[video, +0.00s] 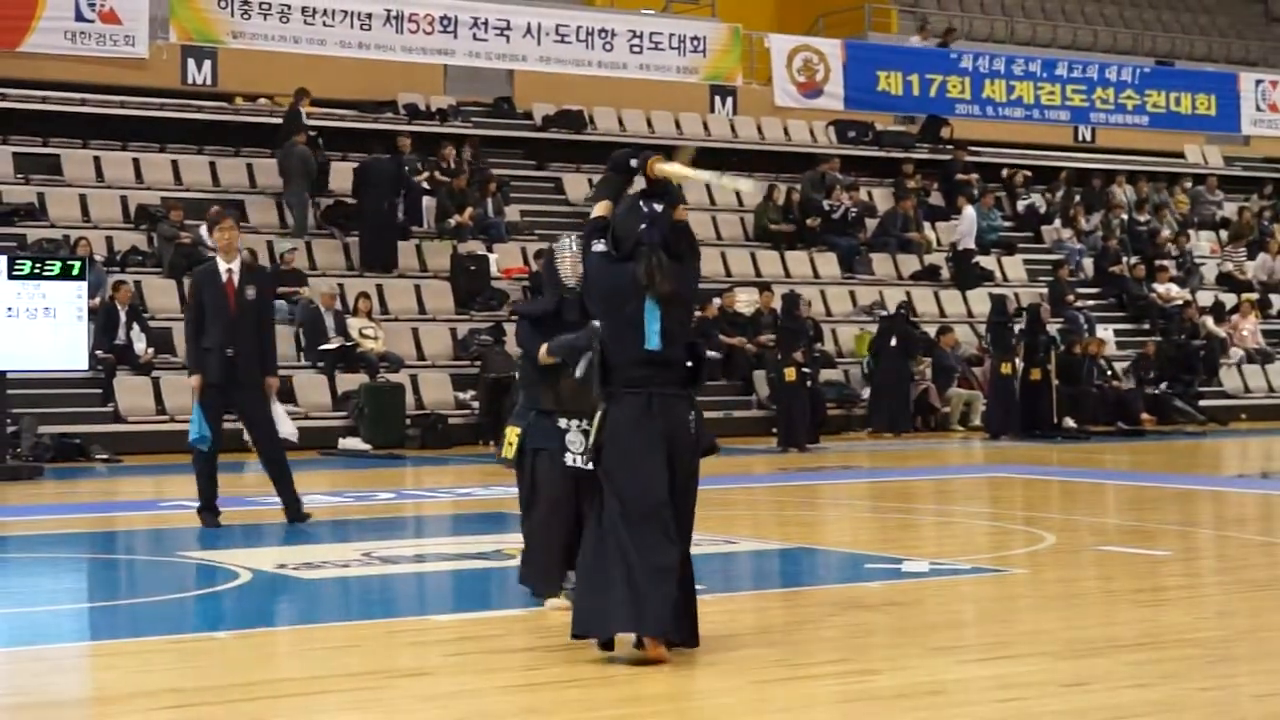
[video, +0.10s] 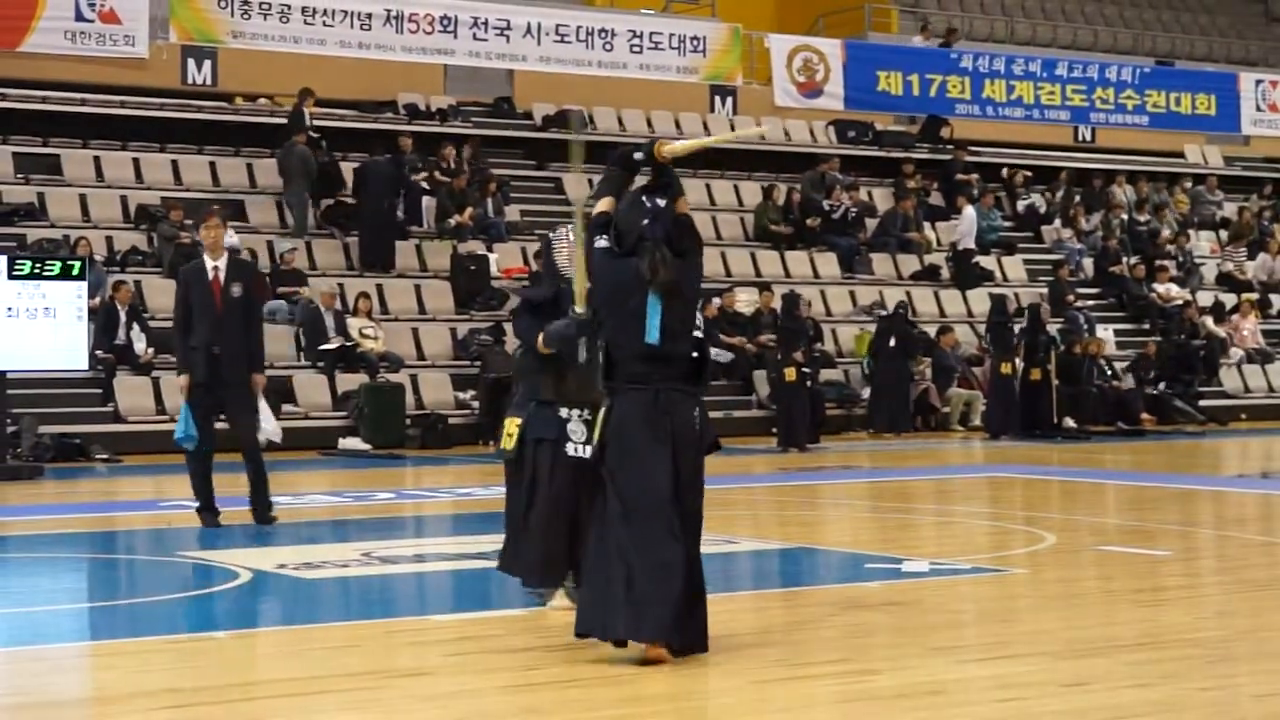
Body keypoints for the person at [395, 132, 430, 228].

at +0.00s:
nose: (405, 148)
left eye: (406, 145)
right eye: (402, 145)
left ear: (410, 144)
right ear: (398, 146)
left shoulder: (416, 157)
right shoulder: (395, 159)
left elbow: (427, 171)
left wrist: (418, 178)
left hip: (415, 188)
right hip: (400, 187)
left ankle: (415, 223)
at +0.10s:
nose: (404, 145)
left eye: (406, 142)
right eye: (402, 142)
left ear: (411, 142)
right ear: (399, 143)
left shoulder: (418, 157)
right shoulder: (396, 158)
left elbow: (426, 171)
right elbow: (396, 175)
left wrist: (419, 177)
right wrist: (411, 178)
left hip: (417, 185)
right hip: (401, 185)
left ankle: (414, 223)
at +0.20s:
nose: (404, 145)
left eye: (406, 142)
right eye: (402, 143)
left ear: (412, 140)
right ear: (400, 142)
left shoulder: (420, 154)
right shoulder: (398, 156)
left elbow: (427, 170)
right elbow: (397, 173)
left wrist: (413, 178)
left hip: (419, 182)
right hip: (403, 182)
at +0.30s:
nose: (407, 143)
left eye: (409, 140)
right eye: (404, 140)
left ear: (414, 140)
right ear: (402, 141)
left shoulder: (422, 154)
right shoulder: (398, 155)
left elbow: (427, 169)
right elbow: (396, 172)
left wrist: (414, 177)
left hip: (420, 182)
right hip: (403, 182)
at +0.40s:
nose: (408, 140)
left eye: (411, 137)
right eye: (406, 137)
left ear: (416, 139)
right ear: (403, 139)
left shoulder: (423, 154)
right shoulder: (400, 154)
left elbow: (429, 168)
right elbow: (395, 171)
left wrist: (415, 173)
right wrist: (406, 175)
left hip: (421, 181)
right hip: (403, 182)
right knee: (417, 187)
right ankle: (415, 222)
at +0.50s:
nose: (408, 138)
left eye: (411, 135)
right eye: (406, 135)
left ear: (417, 138)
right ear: (404, 138)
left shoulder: (425, 152)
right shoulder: (401, 153)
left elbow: (431, 169)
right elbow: (398, 169)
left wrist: (414, 165)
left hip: (421, 180)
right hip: (405, 180)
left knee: (417, 189)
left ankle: (416, 222)